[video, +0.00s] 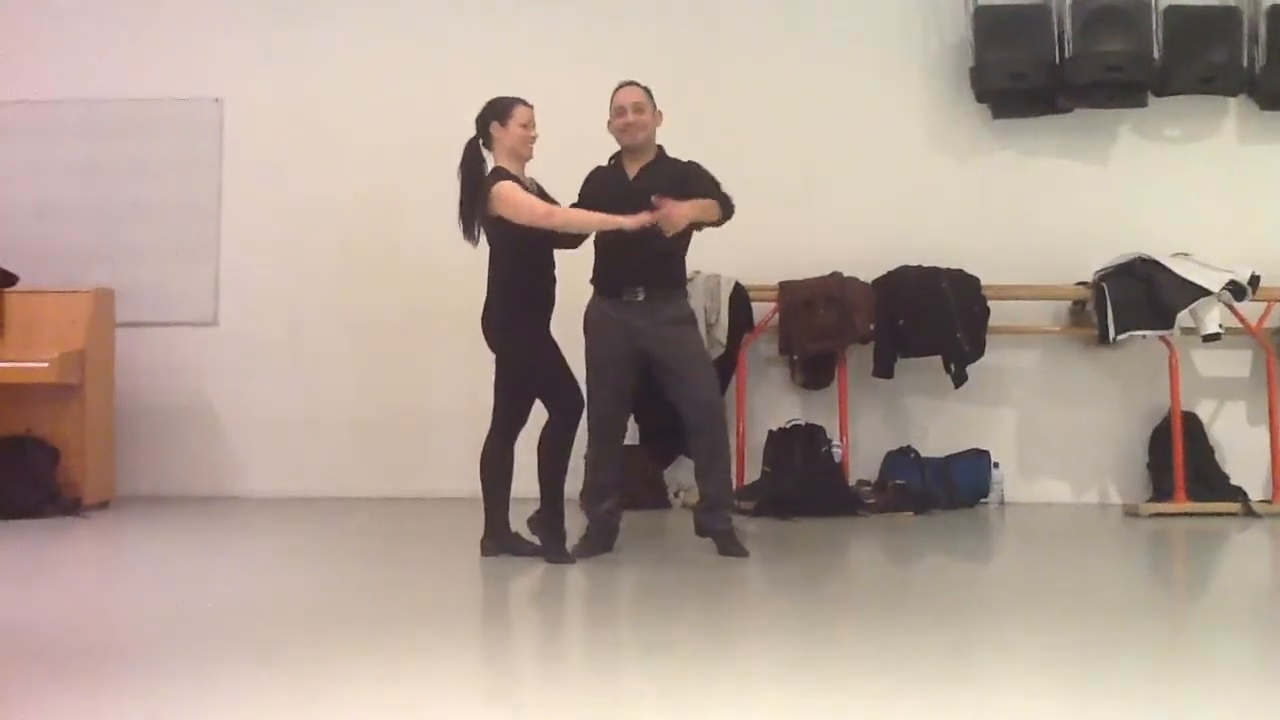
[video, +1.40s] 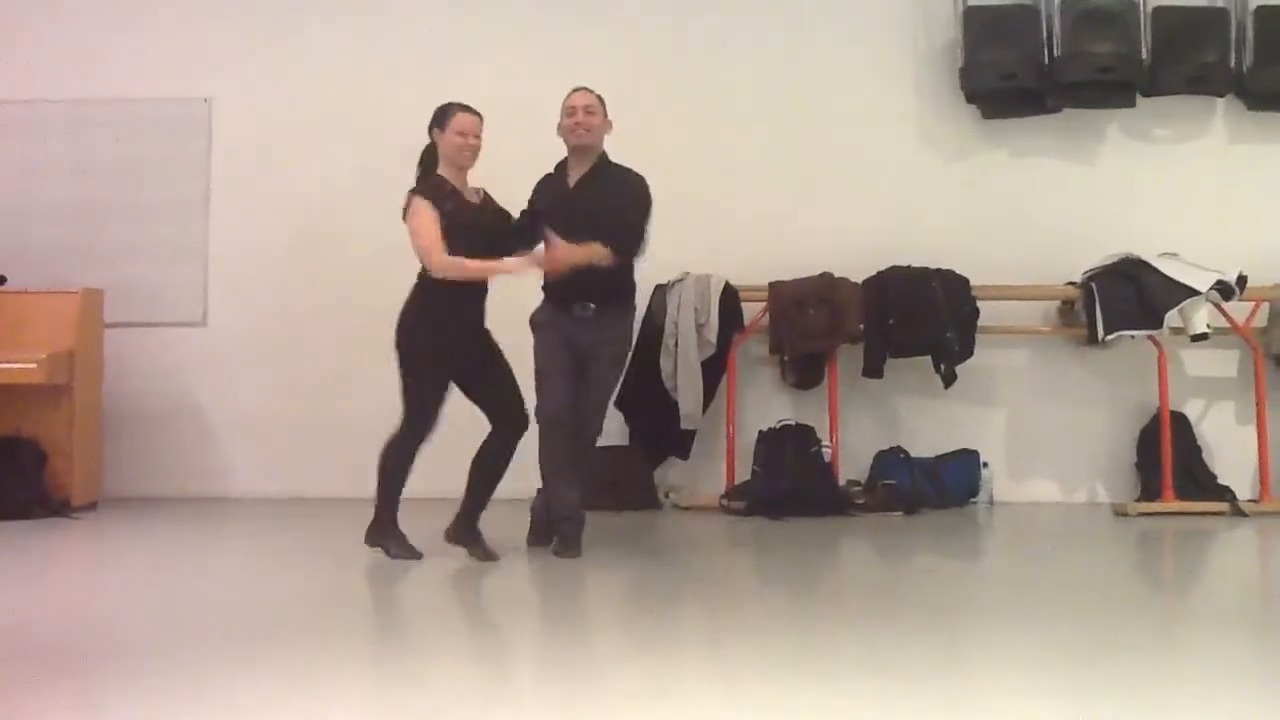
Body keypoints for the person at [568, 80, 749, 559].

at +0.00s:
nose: (628, 118)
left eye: (638, 110)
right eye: (619, 112)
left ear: (657, 118)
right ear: (609, 124)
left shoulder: (684, 174)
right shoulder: (598, 182)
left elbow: (723, 208)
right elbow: (570, 235)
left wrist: (688, 211)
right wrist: (523, 224)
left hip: (669, 314)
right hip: (610, 315)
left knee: (706, 407)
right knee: (605, 419)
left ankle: (717, 519)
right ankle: (601, 525)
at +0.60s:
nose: (593, 117)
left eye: (604, 109)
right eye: (585, 110)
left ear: (623, 120)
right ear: (574, 122)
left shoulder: (643, 180)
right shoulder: (559, 181)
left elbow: (689, 240)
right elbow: (519, 216)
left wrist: (673, 210)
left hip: (642, 315)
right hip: (585, 319)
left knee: (679, 415)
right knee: (572, 419)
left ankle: (718, 519)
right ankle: (572, 529)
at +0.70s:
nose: (583, 119)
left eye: (593, 112)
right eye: (575, 113)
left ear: (613, 123)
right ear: (565, 124)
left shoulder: (638, 189)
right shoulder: (554, 182)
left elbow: (662, 258)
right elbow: (516, 220)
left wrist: (623, 263)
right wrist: (481, 193)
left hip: (626, 319)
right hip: (571, 321)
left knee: (664, 412)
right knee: (562, 417)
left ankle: (717, 508)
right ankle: (571, 527)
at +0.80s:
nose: (581, 119)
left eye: (592, 112)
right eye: (573, 112)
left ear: (611, 123)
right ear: (563, 124)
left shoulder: (635, 188)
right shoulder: (554, 181)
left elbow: (648, 260)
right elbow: (521, 226)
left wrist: (595, 268)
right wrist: (480, 203)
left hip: (621, 316)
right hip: (567, 318)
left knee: (641, 406)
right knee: (562, 419)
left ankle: (692, 487)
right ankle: (571, 523)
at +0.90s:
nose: (579, 121)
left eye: (589, 113)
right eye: (571, 114)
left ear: (608, 125)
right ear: (561, 126)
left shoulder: (630, 187)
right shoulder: (549, 186)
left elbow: (626, 255)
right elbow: (532, 238)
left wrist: (573, 248)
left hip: (617, 315)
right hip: (565, 315)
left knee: (618, 407)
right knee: (560, 418)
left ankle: (650, 471)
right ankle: (570, 522)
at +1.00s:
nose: (576, 120)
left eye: (587, 113)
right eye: (568, 114)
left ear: (606, 126)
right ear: (558, 128)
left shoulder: (625, 183)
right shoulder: (550, 187)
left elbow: (615, 241)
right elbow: (525, 245)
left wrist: (548, 206)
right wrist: (484, 228)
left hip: (615, 319)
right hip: (562, 319)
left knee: (600, 415)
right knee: (556, 417)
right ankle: (567, 519)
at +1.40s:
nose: (578, 119)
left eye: (588, 112)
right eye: (570, 113)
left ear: (607, 124)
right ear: (560, 126)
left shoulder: (631, 185)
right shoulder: (548, 185)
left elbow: (626, 251)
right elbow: (522, 237)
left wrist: (577, 253)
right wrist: (482, 213)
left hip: (609, 320)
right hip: (556, 316)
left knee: (586, 421)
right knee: (554, 413)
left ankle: (546, 509)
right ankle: (567, 524)